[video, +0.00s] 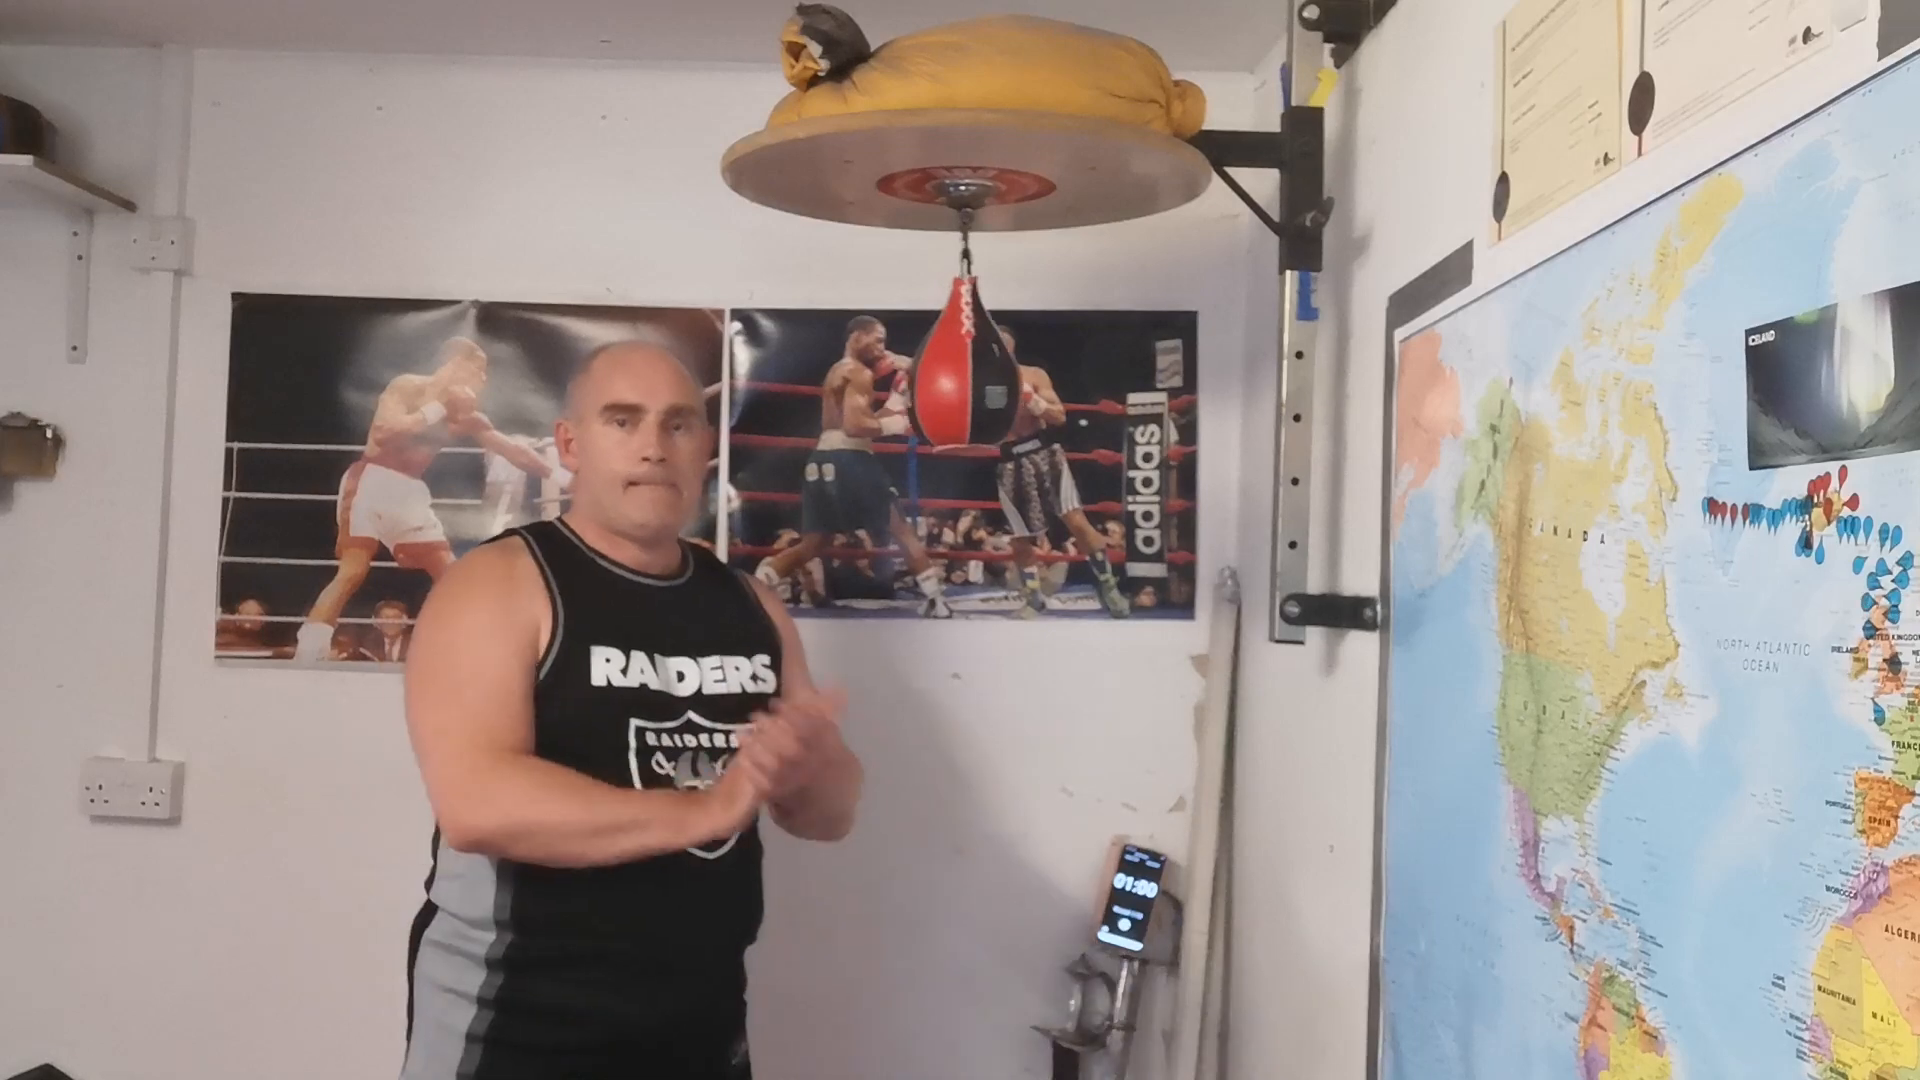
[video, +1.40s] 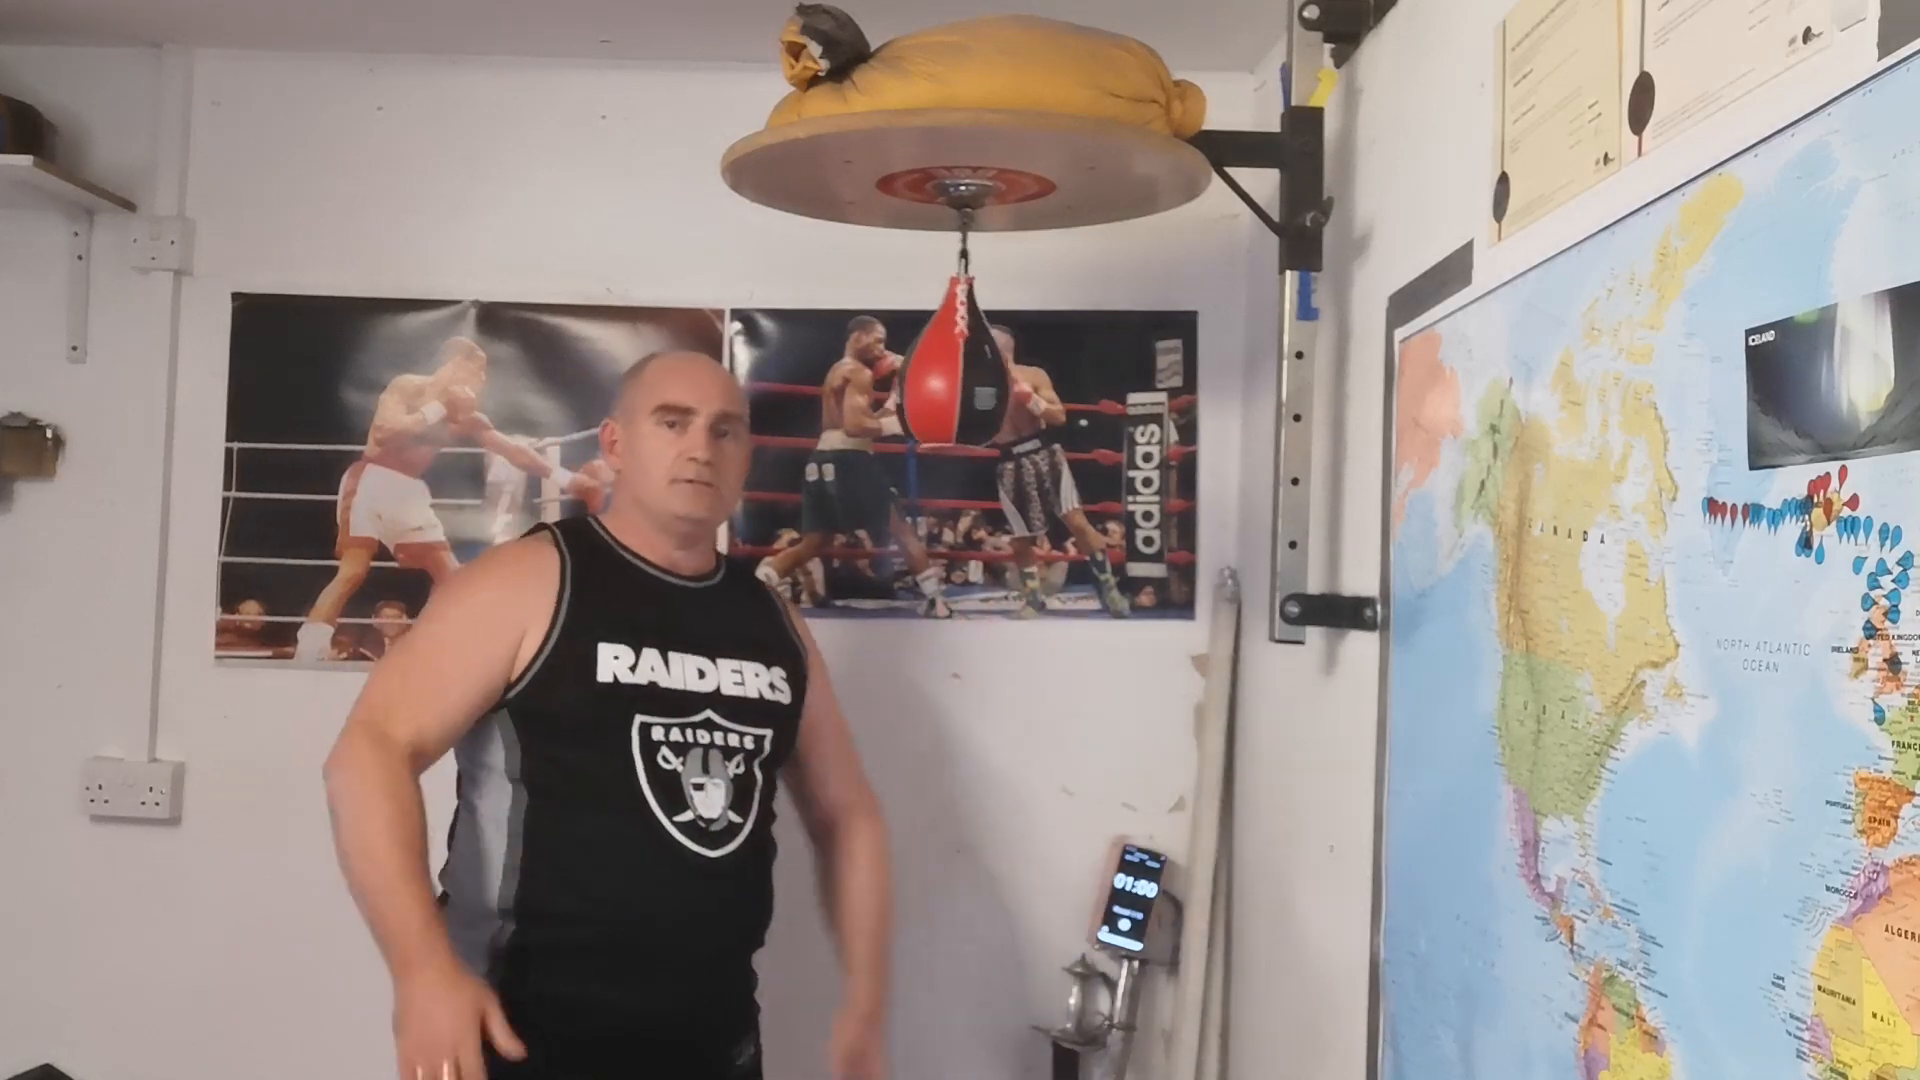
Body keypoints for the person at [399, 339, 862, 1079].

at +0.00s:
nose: (652, 447)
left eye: (678, 423)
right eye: (623, 420)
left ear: (709, 451)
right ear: (569, 447)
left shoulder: (749, 606)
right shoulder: (493, 587)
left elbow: (830, 817)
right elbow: (476, 801)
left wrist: (808, 768)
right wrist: (697, 813)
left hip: (694, 1017)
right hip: (516, 1018)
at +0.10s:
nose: (661, 445)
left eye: (686, 423)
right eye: (631, 418)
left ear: (714, 452)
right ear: (575, 443)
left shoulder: (752, 606)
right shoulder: (493, 586)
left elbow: (844, 808)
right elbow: (446, 795)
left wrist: (819, 773)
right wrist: (680, 777)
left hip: (695, 1021)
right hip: (514, 1021)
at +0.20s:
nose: (674, 447)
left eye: (697, 426)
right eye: (642, 419)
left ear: (719, 454)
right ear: (583, 443)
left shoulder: (752, 607)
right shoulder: (500, 584)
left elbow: (846, 798)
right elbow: (401, 782)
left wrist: (874, 791)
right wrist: (589, 756)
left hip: (695, 1019)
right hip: (514, 1020)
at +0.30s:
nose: (691, 448)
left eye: (714, 426)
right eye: (660, 420)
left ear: (733, 456)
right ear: (597, 442)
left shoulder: (753, 609)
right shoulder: (504, 573)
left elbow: (858, 774)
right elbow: (360, 783)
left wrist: (952, 743)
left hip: (695, 1015)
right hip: (512, 1016)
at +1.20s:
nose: (716, 456)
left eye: (740, 440)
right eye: (689, 428)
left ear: (758, 471)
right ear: (625, 447)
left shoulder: (775, 624)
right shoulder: (533, 571)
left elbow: (883, 768)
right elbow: (347, 739)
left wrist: (995, 805)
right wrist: (435, 690)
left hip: (706, 1027)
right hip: (522, 1022)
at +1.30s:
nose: (706, 452)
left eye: (730, 436)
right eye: (679, 424)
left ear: (753, 465)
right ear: (620, 444)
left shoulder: (771, 619)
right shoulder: (532, 575)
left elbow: (869, 779)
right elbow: (368, 724)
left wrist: (954, 910)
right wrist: (435, 829)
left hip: (706, 1028)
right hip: (532, 1024)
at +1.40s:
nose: (700, 447)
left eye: (725, 430)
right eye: (672, 422)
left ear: (747, 460)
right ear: (613, 442)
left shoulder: (769, 619)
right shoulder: (525, 580)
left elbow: (846, 818)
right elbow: (368, 753)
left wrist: (865, 1010)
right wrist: (422, 968)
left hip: (709, 1036)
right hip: (531, 1035)